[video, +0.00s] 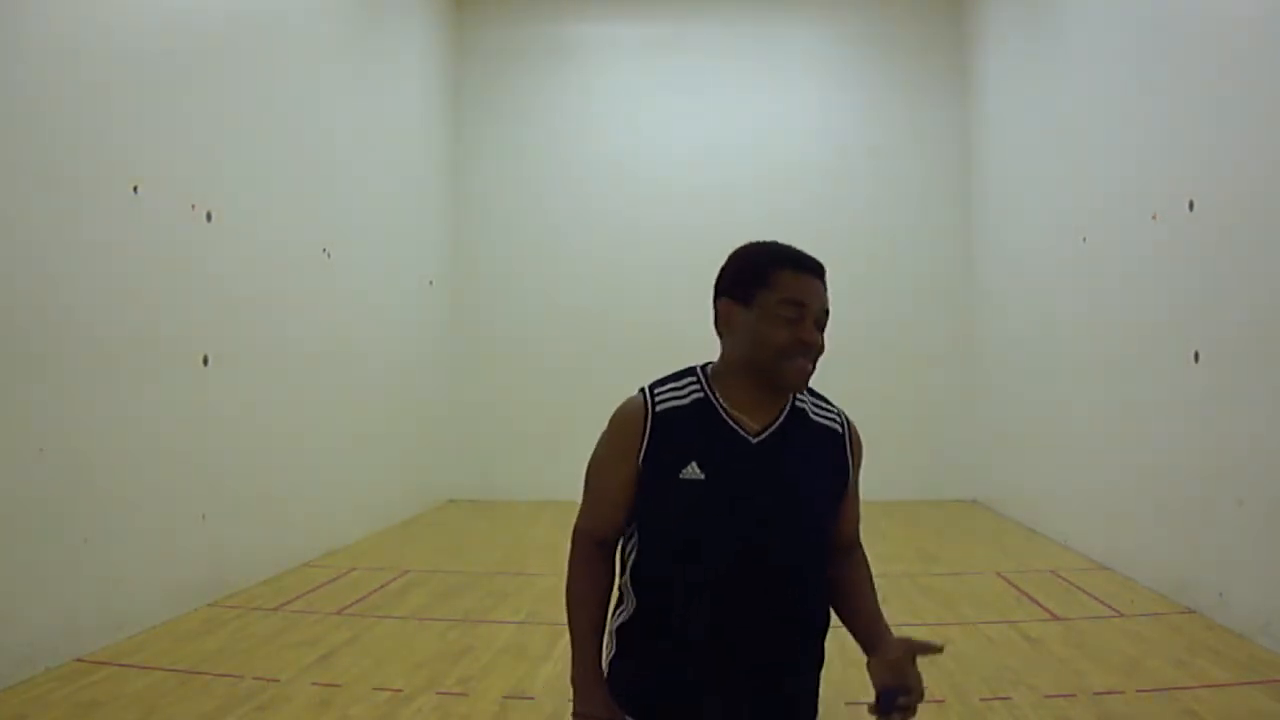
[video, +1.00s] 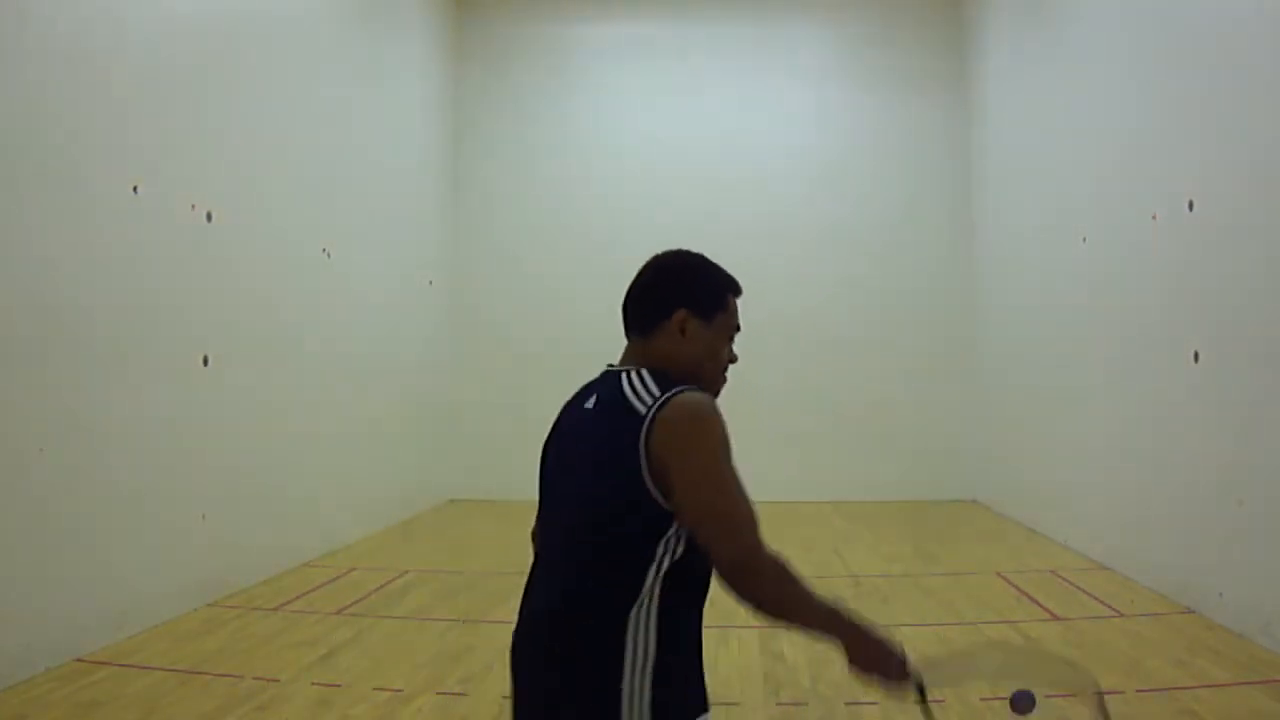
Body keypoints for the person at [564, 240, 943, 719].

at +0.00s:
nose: (813, 339)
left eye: (820, 324)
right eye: (792, 317)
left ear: (827, 331)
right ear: (727, 315)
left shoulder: (835, 439)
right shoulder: (649, 420)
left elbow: (842, 552)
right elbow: (594, 544)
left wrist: (881, 644)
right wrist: (588, 684)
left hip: (780, 698)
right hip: (659, 694)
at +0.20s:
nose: (793, 356)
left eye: (794, 338)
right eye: (781, 335)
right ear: (713, 326)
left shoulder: (778, 435)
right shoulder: (615, 429)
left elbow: (806, 538)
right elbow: (543, 564)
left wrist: (899, 556)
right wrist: (555, 705)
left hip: (748, 702)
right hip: (628, 700)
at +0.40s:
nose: (743, 394)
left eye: (744, 376)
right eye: (735, 373)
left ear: (680, 362)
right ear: (675, 359)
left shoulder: (706, 457)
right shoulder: (556, 459)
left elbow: (743, 530)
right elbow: (460, 597)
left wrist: (870, 556)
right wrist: (453, 716)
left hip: (672, 709)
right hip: (554, 712)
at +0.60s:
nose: (739, 392)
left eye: (740, 374)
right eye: (732, 371)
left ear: (680, 362)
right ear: (671, 357)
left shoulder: (694, 455)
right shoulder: (546, 448)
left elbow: (672, 536)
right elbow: (410, 565)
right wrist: (323, 699)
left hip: (616, 697)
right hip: (507, 701)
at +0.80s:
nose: (762, 390)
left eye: (761, 372)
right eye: (755, 370)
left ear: (705, 362)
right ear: (705, 361)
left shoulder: (676, 450)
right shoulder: (619, 454)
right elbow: (525, 597)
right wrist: (482, 709)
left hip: (600, 698)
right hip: (547, 702)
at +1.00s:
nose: (734, 354)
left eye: (735, 338)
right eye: (729, 335)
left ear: (680, 327)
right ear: (683, 328)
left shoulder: (586, 404)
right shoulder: (684, 415)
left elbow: (549, 542)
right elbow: (745, 564)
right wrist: (849, 632)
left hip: (548, 685)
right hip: (628, 692)